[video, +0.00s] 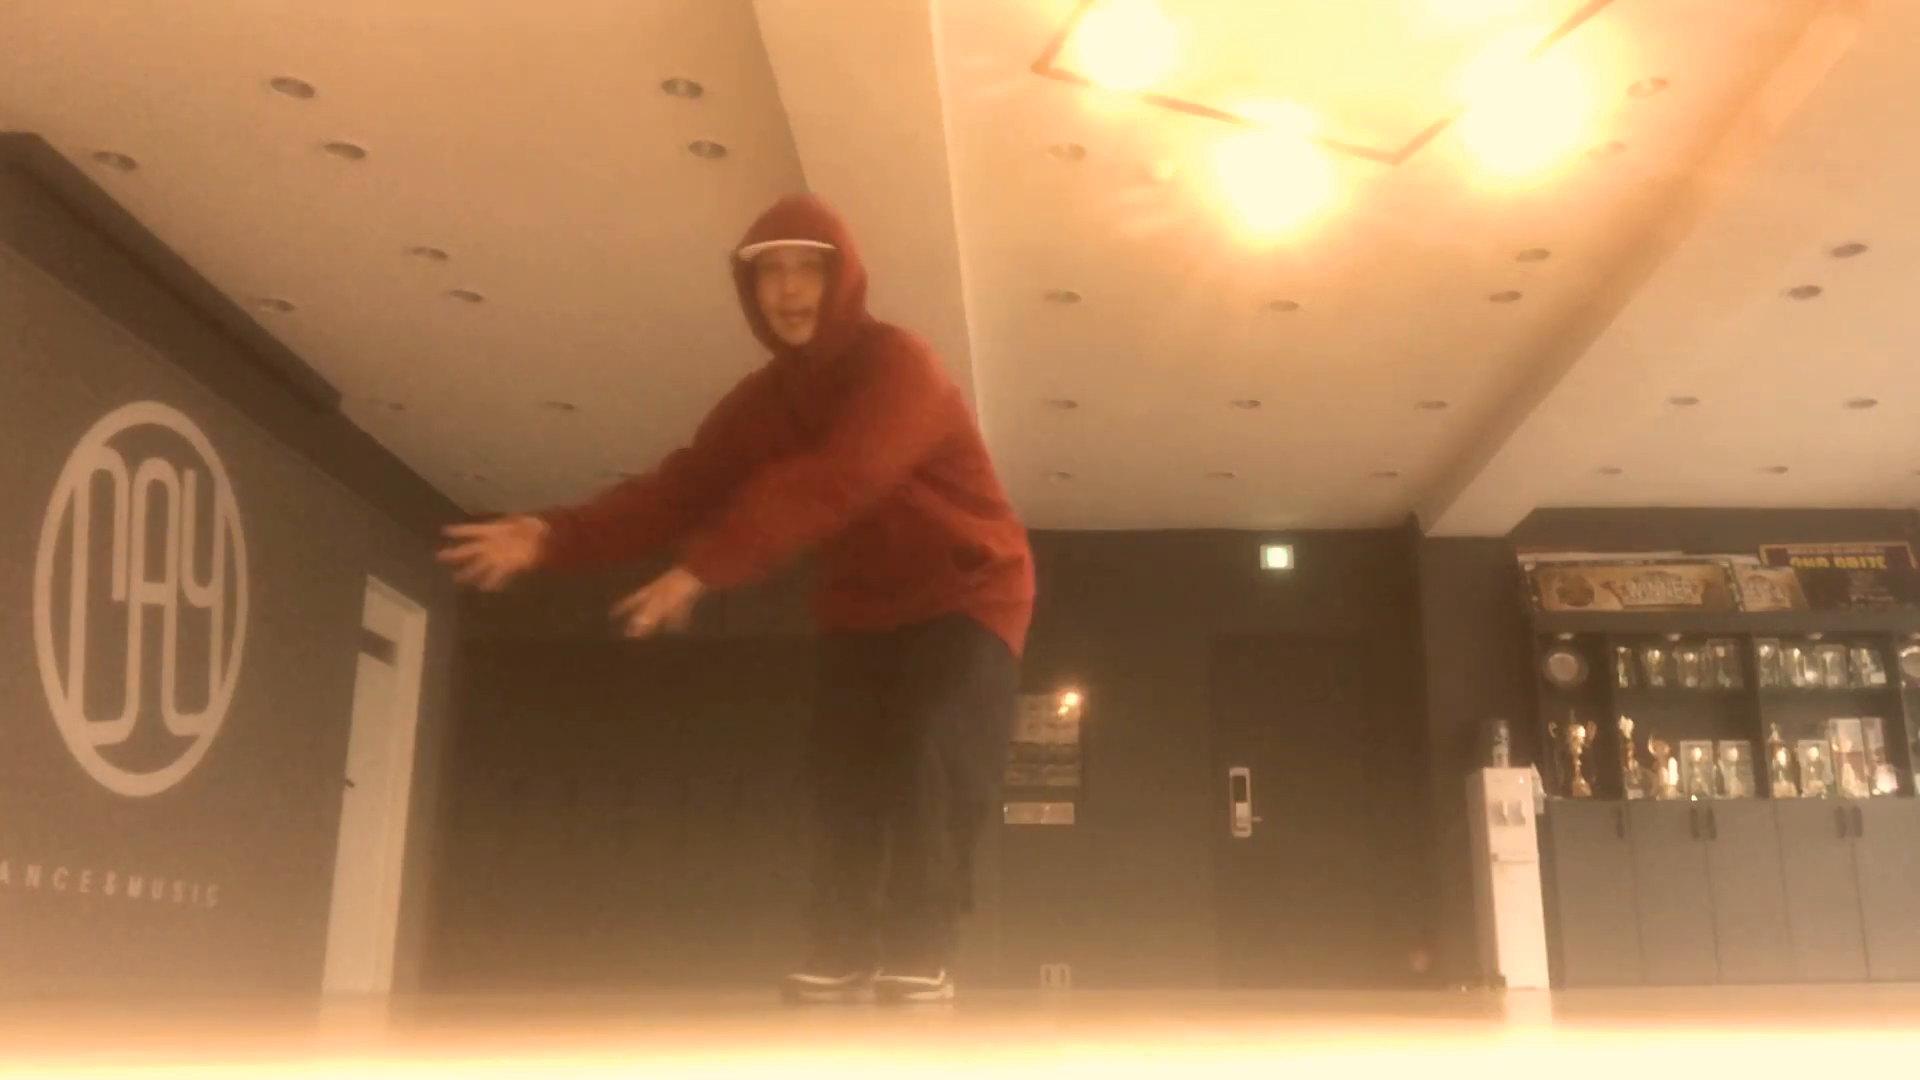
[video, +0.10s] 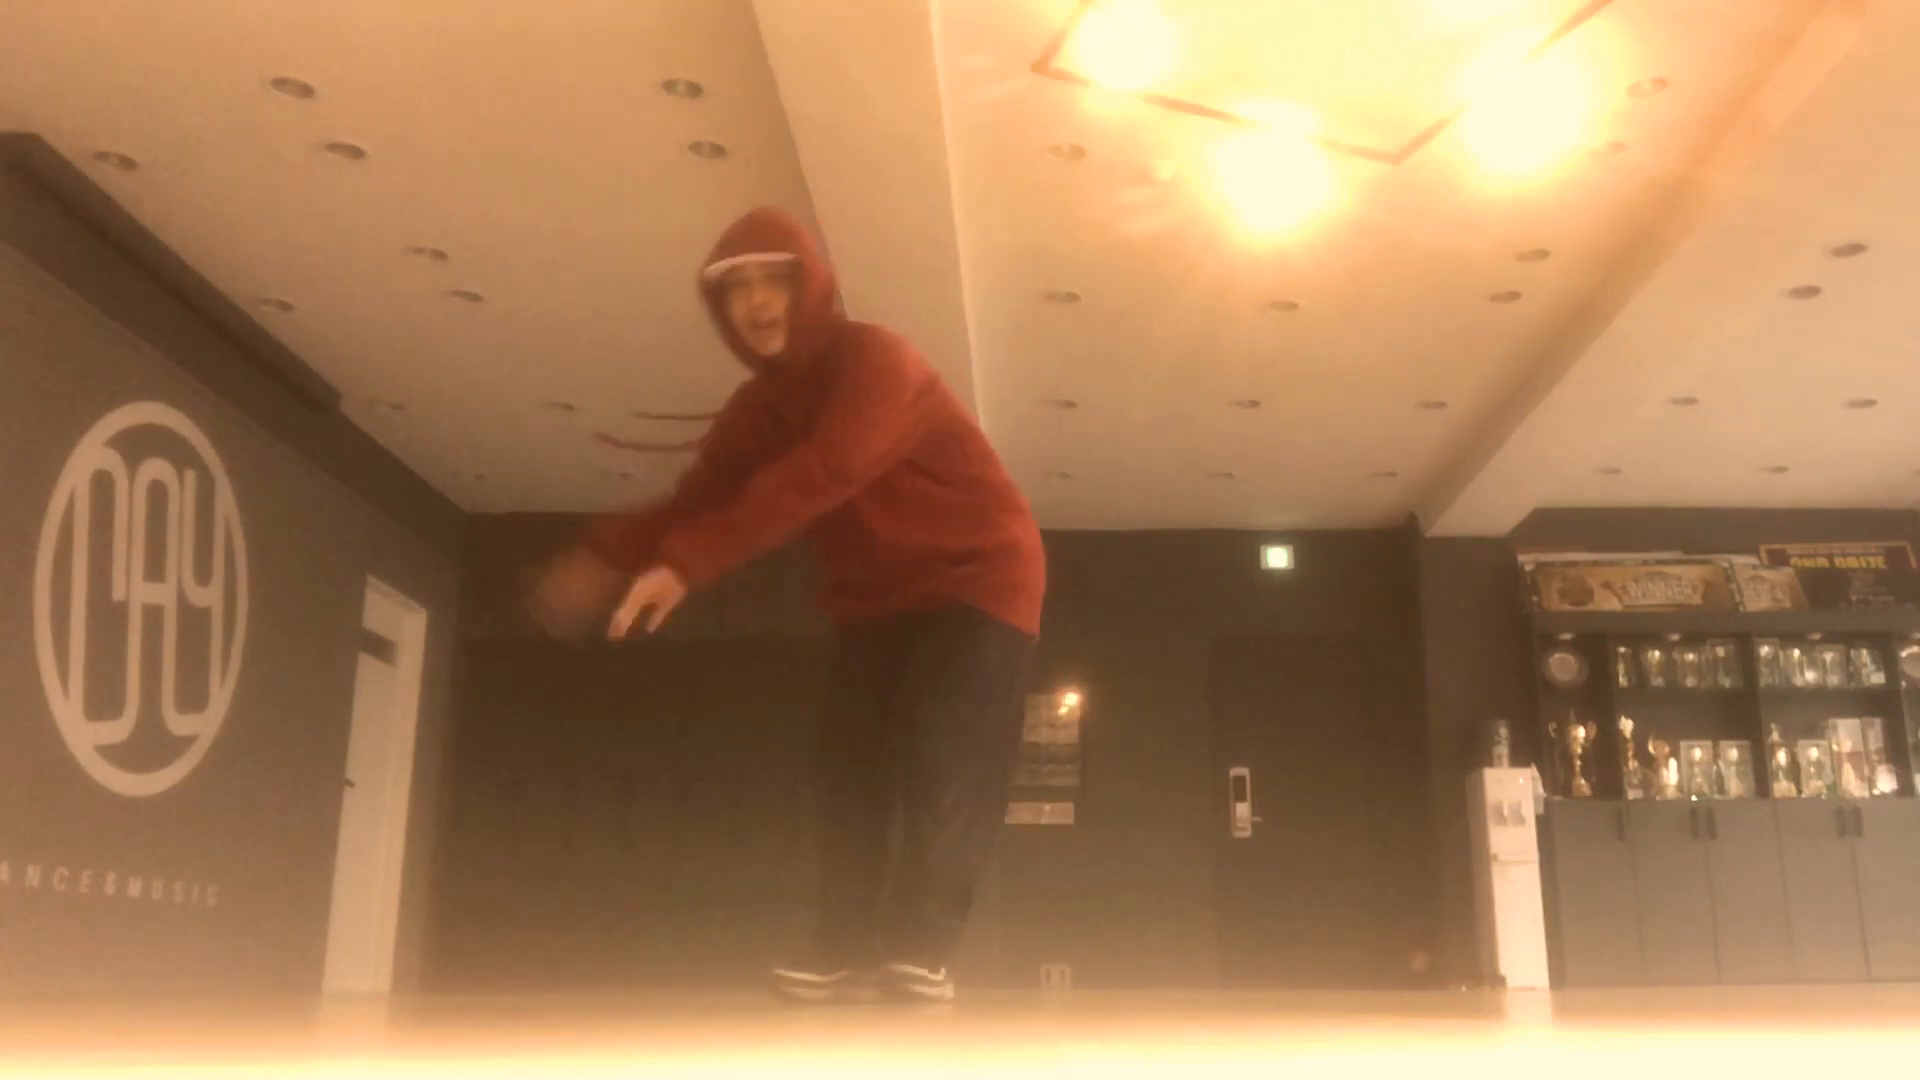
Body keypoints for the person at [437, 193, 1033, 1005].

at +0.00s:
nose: (785, 291)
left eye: (806, 271)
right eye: (767, 273)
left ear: (843, 279)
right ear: (749, 290)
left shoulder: (900, 367)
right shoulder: (766, 397)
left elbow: (836, 482)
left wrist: (701, 568)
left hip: (965, 594)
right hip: (861, 609)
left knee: (931, 759)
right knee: (845, 774)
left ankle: (922, 956)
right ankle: (840, 954)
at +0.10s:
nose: (757, 303)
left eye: (775, 281)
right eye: (736, 289)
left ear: (813, 286)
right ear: (720, 310)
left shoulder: (878, 362)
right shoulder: (760, 405)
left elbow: (820, 476)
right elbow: (699, 501)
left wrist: (686, 566)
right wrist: (603, 553)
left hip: (978, 578)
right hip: (877, 595)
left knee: (938, 761)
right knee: (849, 762)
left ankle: (922, 956)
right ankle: (845, 951)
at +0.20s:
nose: (739, 323)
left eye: (755, 300)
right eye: (720, 309)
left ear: (796, 301)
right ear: (708, 326)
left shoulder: (867, 376)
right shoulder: (762, 420)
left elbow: (852, 520)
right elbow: (751, 536)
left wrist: (735, 628)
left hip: (959, 575)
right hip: (865, 591)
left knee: (907, 741)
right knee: (829, 746)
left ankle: (985, 880)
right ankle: (851, 951)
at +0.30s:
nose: (737, 317)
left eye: (751, 293)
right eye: (718, 303)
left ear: (791, 294)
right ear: (706, 322)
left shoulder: (859, 374)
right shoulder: (770, 413)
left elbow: (892, 531)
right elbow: (795, 510)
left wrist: (858, 664)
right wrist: (803, 577)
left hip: (960, 559)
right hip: (872, 563)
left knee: (884, 718)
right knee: (829, 719)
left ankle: (1011, 703)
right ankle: (848, 948)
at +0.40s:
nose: (737, 292)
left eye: (752, 269)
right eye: (719, 281)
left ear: (792, 266)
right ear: (708, 298)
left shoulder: (859, 337)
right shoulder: (772, 382)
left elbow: (929, 470)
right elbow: (783, 521)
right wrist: (803, 490)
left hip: (969, 525)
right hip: (896, 540)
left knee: (886, 663)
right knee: (864, 723)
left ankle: (1023, 733)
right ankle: (853, 943)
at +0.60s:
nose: (772, 284)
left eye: (789, 261)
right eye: (754, 269)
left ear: (828, 264)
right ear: (742, 285)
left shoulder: (890, 347)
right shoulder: (787, 375)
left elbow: (998, 450)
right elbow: (732, 411)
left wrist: (1080, 565)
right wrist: (741, 429)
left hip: (971, 572)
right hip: (900, 585)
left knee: (943, 750)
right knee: (906, 760)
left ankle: (916, 933)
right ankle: (981, 945)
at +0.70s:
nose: (774, 295)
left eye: (791, 272)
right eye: (756, 281)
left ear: (831, 268)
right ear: (745, 293)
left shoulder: (904, 347)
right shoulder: (806, 376)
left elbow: (990, 476)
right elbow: (777, 465)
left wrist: (1053, 608)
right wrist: (767, 490)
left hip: (980, 567)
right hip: (901, 574)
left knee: (922, 722)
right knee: (869, 727)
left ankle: (956, 941)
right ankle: (943, 929)